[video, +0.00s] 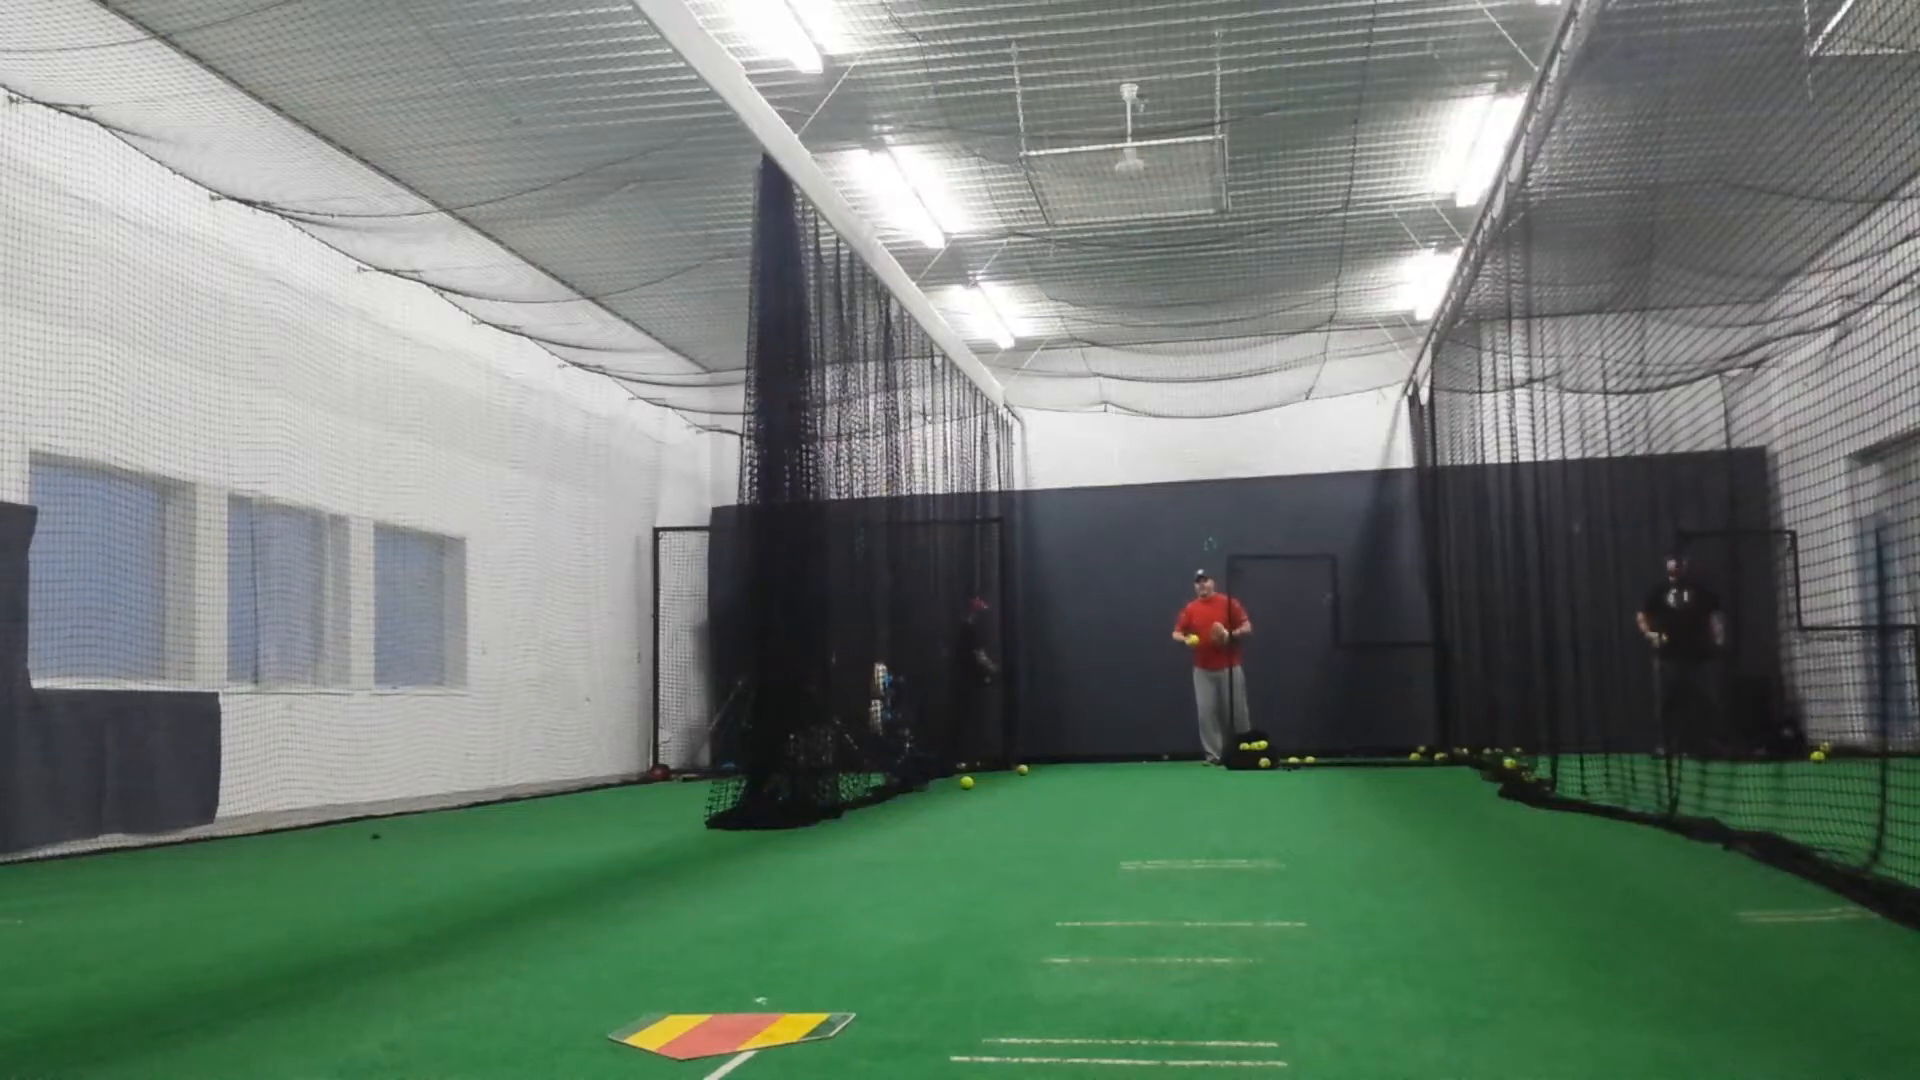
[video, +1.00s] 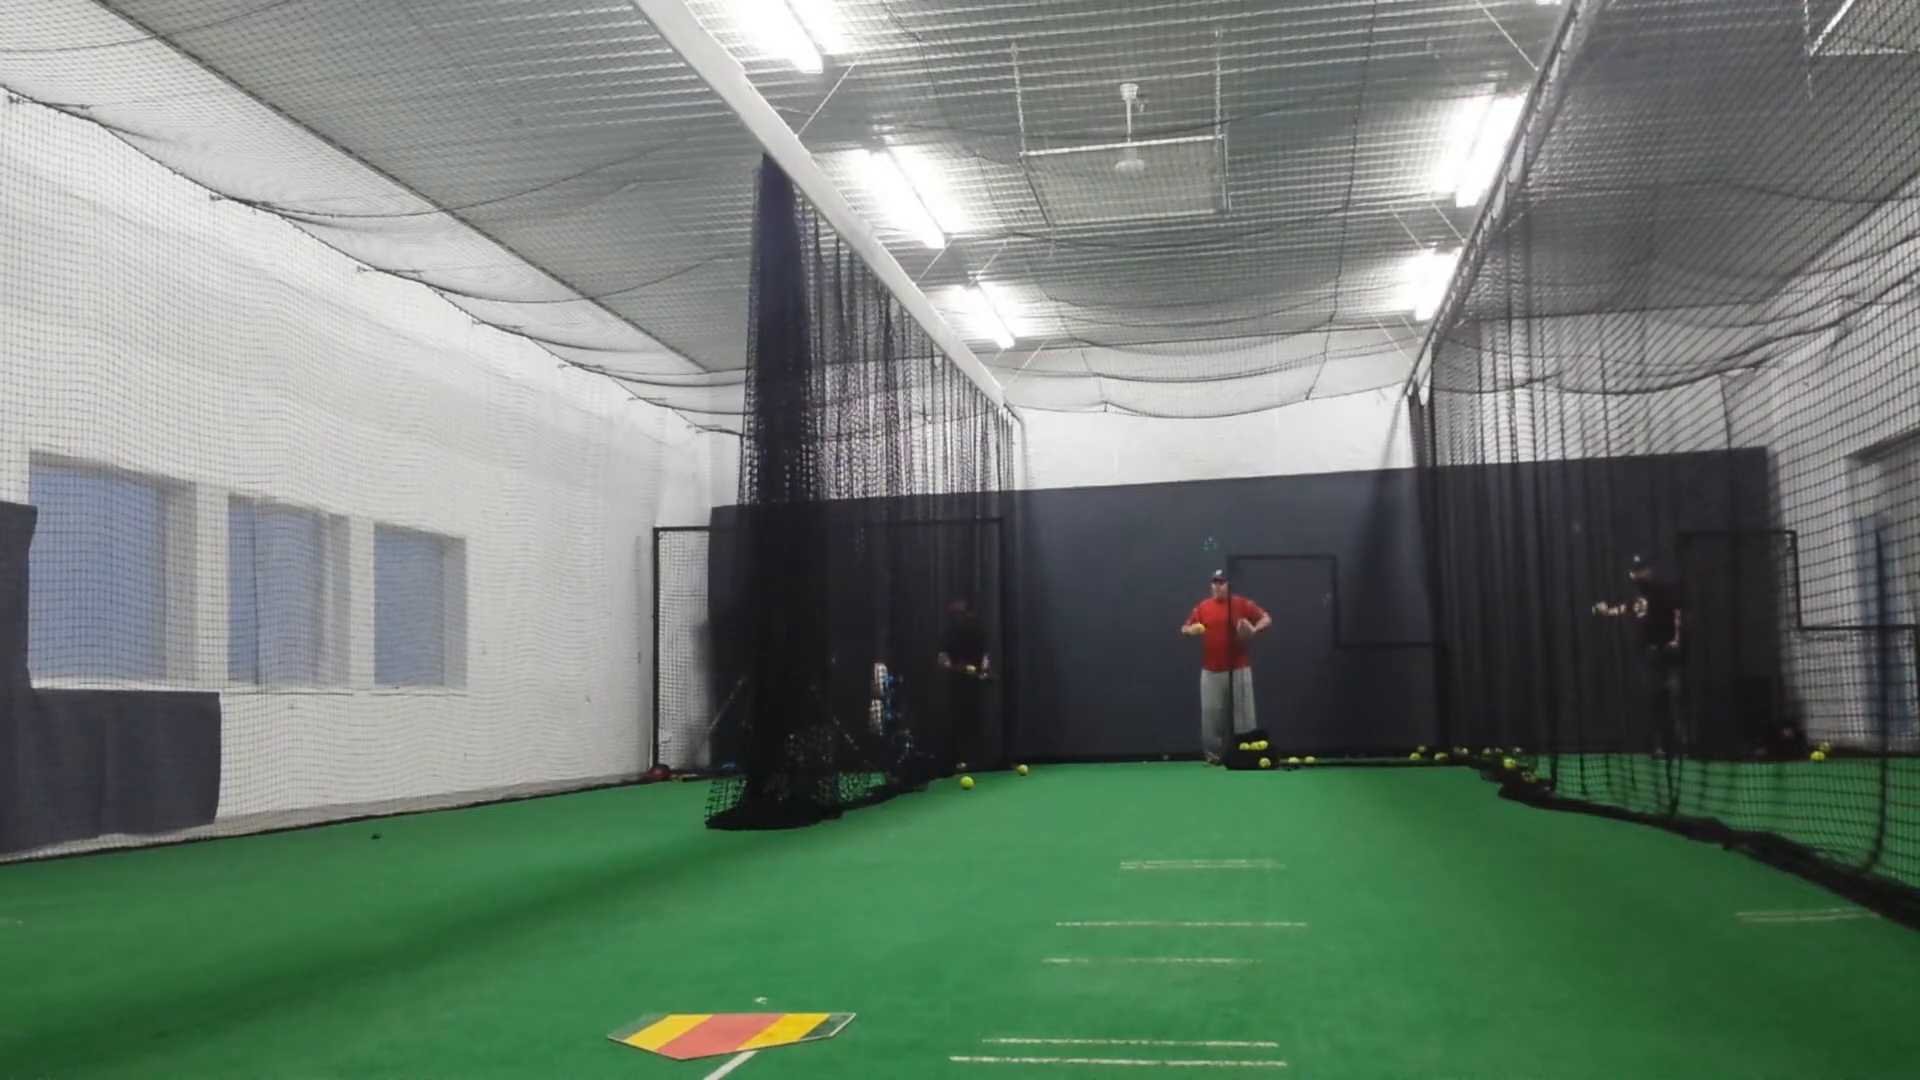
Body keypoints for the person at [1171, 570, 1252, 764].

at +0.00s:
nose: (1202, 585)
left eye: (1205, 581)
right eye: (1198, 582)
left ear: (1213, 583)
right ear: (1194, 586)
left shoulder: (1229, 604)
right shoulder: (1190, 609)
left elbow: (1247, 627)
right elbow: (1176, 633)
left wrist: (1230, 634)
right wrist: (1186, 638)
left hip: (1229, 667)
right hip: (1204, 669)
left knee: (1237, 710)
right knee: (1206, 712)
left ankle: (1244, 751)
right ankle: (1213, 753)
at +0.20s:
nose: (1199, 585)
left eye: (1202, 581)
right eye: (1195, 582)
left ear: (1209, 583)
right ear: (1191, 586)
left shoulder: (1225, 603)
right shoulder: (1186, 609)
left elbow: (1242, 626)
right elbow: (1177, 635)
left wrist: (1222, 633)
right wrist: (1195, 635)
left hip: (1228, 664)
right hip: (1202, 667)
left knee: (1236, 708)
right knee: (1206, 711)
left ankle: (1245, 750)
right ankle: (1212, 753)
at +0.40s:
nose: (1197, 586)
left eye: (1200, 582)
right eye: (1194, 583)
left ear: (1208, 584)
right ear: (1190, 587)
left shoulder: (1222, 603)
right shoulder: (1186, 610)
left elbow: (1245, 623)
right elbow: (1175, 636)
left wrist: (1226, 631)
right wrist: (1192, 636)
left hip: (1229, 665)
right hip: (1203, 669)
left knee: (1240, 707)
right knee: (1206, 712)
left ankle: (1249, 750)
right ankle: (1212, 753)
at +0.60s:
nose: (1201, 584)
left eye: (1204, 580)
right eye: (1197, 581)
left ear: (1211, 582)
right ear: (1193, 585)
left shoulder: (1226, 600)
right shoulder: (1188, 609)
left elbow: (1251, 617)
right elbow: (1172, 631)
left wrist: (1234, 623)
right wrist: (1180, 636)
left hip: (1230, 664)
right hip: (1204, 668)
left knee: (1242, 707)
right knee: (1207, 713)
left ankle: (1253, 750)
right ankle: (1213, 753)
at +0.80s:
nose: (1209, 587)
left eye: (1212, 583)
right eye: (1206, 584)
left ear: (1220, 585)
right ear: (1202, 587)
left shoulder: (1233, 603)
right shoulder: (1197, 608)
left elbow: (1256, 622)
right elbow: (1188, 632)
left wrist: (1240, 622)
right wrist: (1184, 639)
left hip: (1233, 667)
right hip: (1207, 669)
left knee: (1239, 710)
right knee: (1208, 713)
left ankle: (1245, 752)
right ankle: (1213, 753)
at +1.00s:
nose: (1218, 587)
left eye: (1221, 583)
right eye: (1215, 583)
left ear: (1228, 585)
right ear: (1211, 586)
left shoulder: (1241, 604)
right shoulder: (1203, 607)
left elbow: (1266, 618)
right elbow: (1185, 628)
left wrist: (1254, 629)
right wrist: (1192, 629)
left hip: (1239, 667)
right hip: (1213, 668)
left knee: (1244, 709)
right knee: (1212, 711)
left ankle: (1246, 751)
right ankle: (1213, 752)